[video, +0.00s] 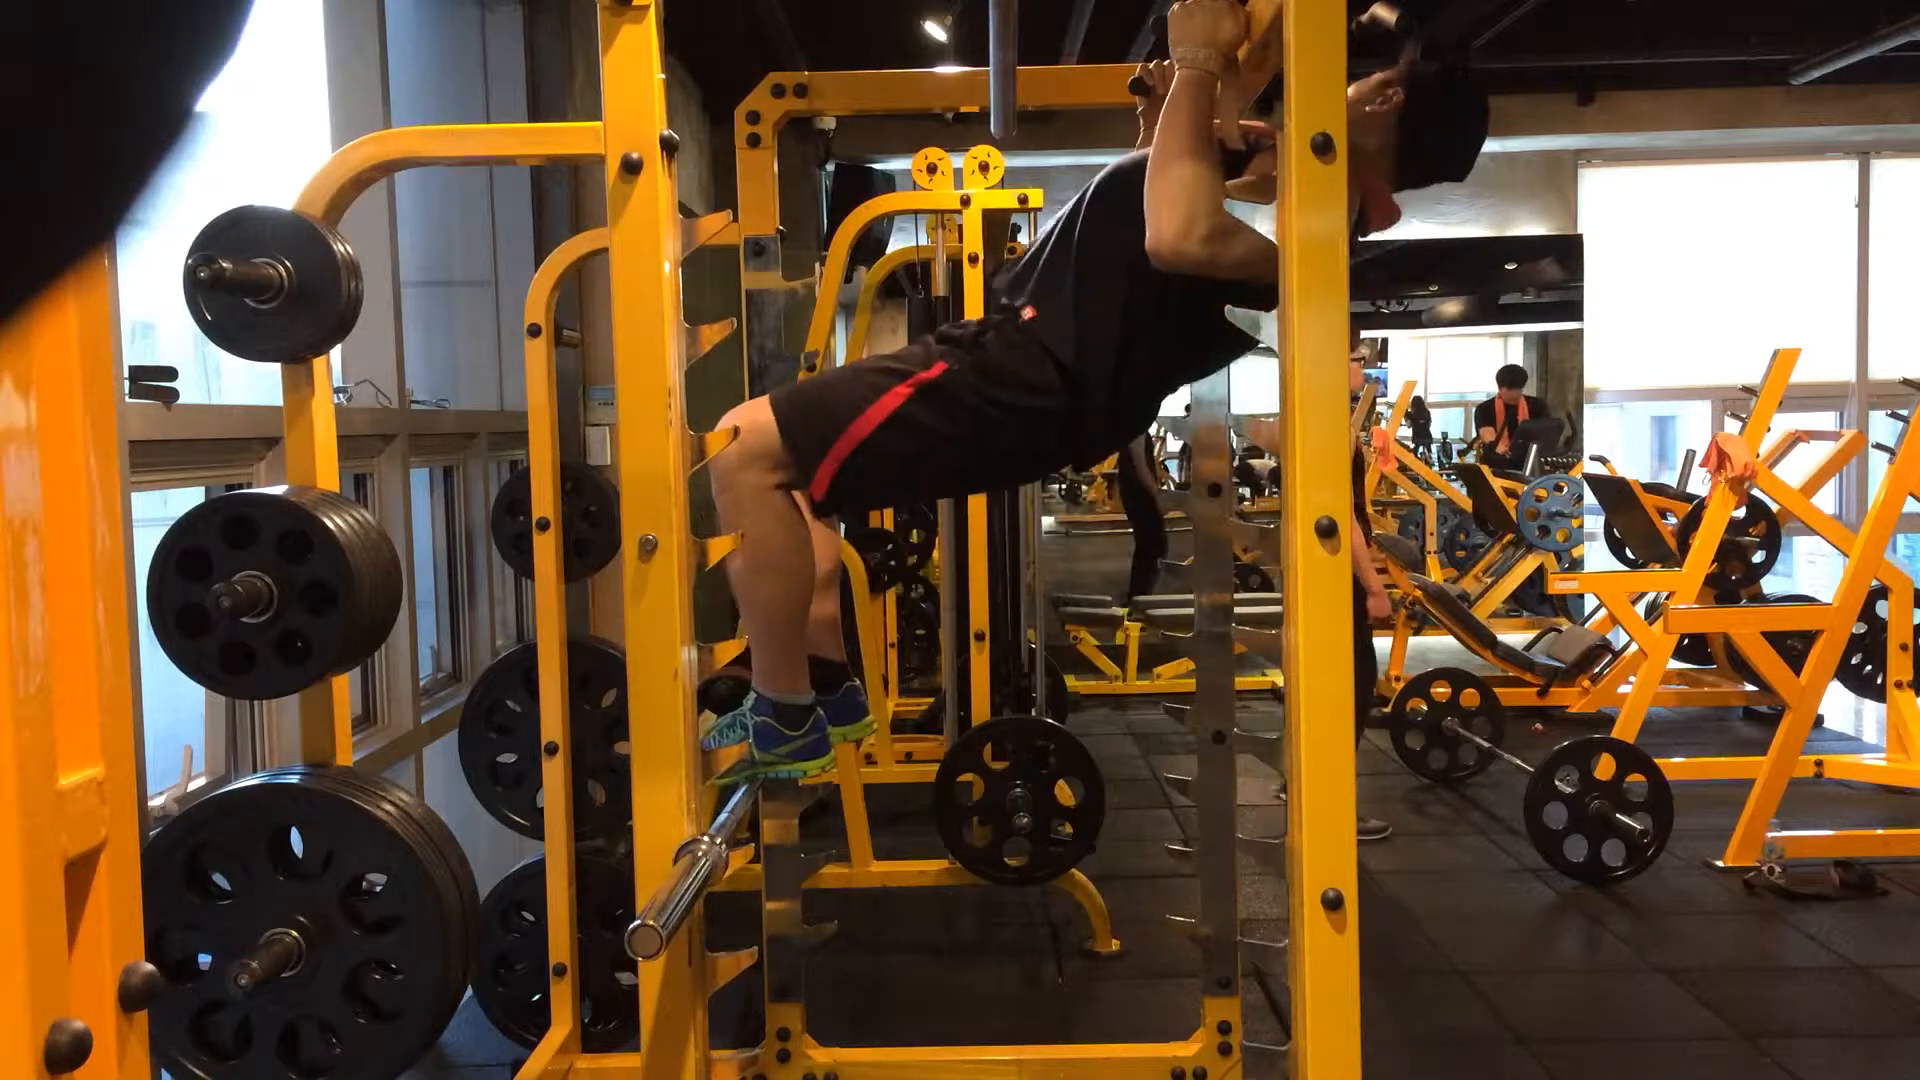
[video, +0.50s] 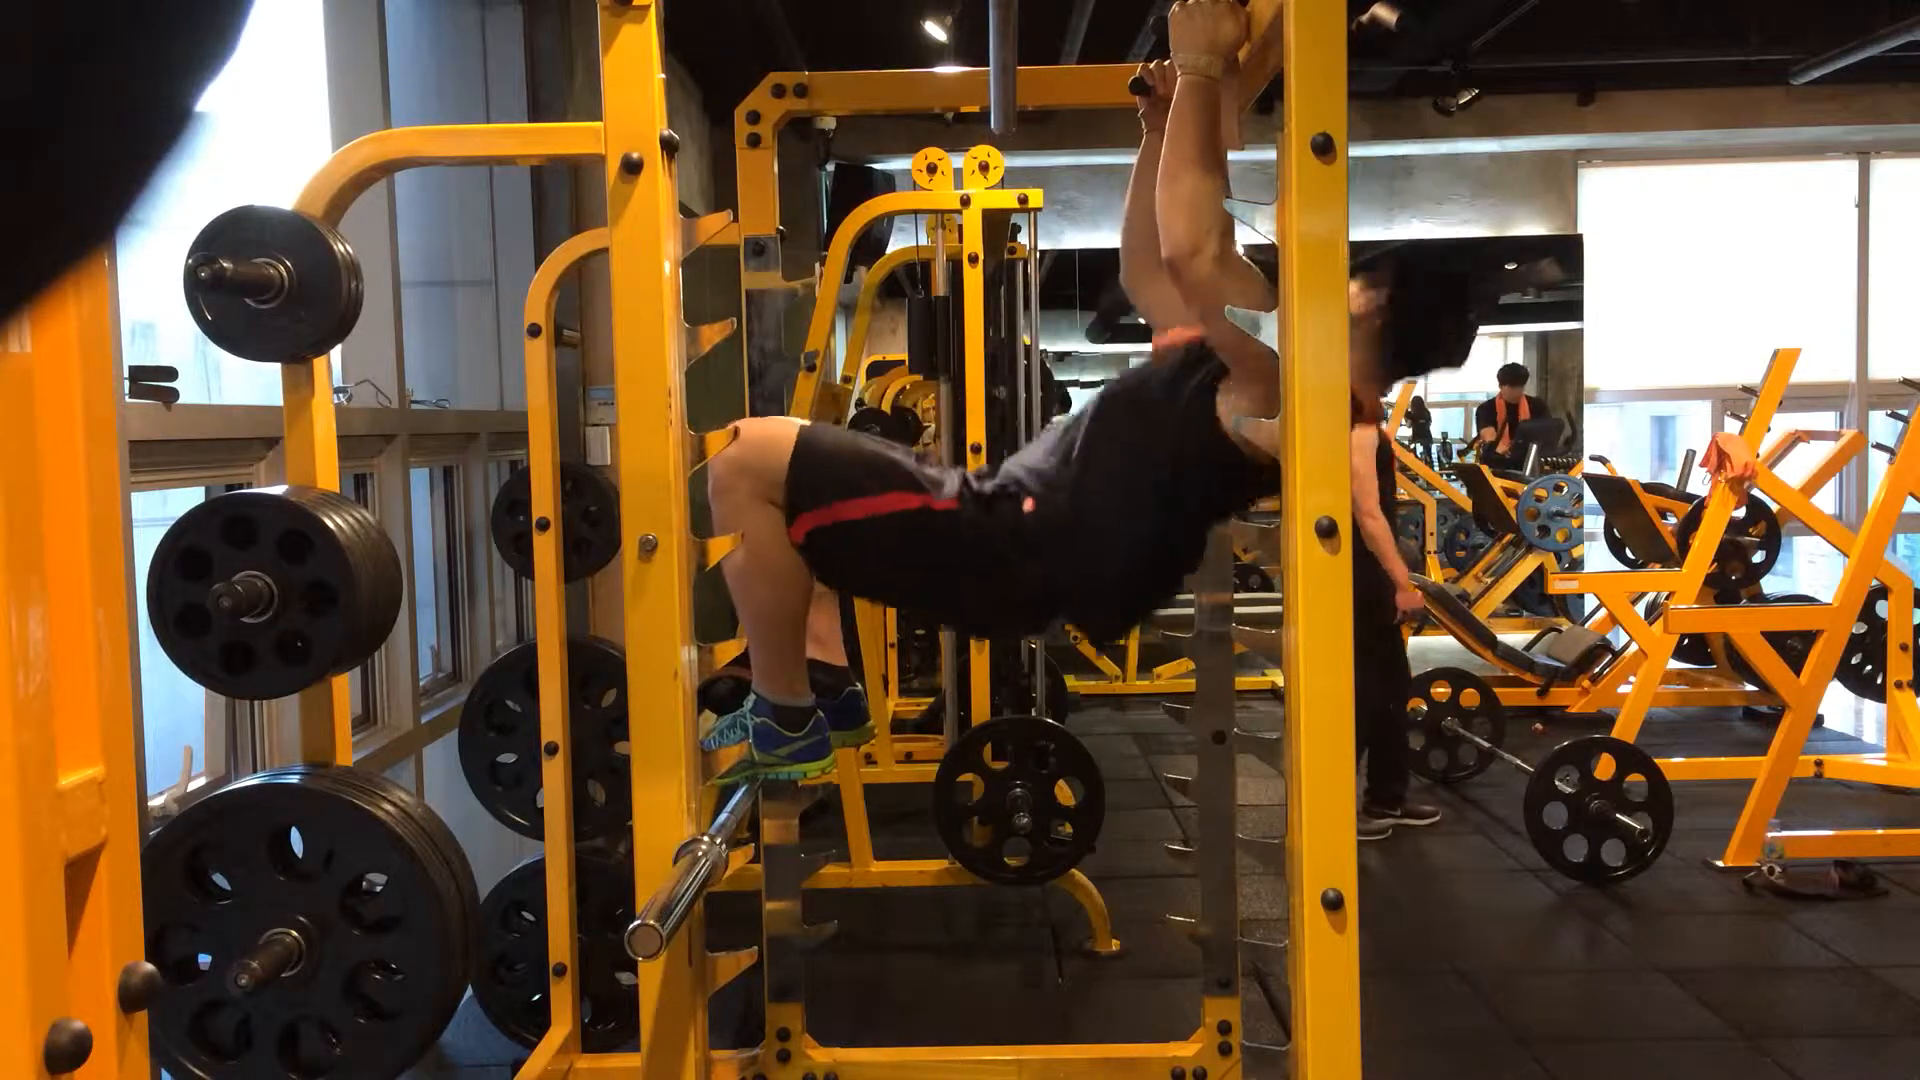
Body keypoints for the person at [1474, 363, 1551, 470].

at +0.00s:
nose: (1515, 394)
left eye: (1518, 389)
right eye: (1510, 389)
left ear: (1522, 388)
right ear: (1500, 387)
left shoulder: (1537, 405)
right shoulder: (1485, 409)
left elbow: (1546, 435)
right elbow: (1489, 442)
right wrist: (1503, 451)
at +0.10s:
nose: (1518, 393)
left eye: (1522, 388)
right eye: (1513, 387)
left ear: (1525, 388)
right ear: (1503, 386)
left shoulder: (1538, 406)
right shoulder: (1487, 408)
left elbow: (1546, 436)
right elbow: (1491, 444)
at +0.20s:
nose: (1525, 391)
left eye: (1528, 386)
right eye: (1520, 386)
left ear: (1531, 385)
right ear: (1508, 385)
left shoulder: (1539, 406)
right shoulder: (1488, 406)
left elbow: (1547, 436)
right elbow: (1491, 439)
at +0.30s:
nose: (1526, 392)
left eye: (1528, 386)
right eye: (1521, 387)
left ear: (1531, 386)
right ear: (1509, 386)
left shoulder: (1539, 406)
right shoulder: (1489, 406)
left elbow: (1547, 436)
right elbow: (1490, 437)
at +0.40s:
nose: (1524, 394)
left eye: (1527, 389)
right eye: (1519, 388)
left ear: (1530, 387)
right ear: (1506, 387)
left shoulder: (1538, 406)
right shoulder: (1488, 407)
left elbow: (1547, 435)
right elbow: (1490, 437)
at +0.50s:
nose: (1518, 392)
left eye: (1521, 387)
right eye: (1513, 387)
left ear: (1524, 386)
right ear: (1501, 387)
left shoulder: (1537, 405)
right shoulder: (1485, 409)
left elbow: (1547, 435)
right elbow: (1489, 440)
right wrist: (1504, 450)